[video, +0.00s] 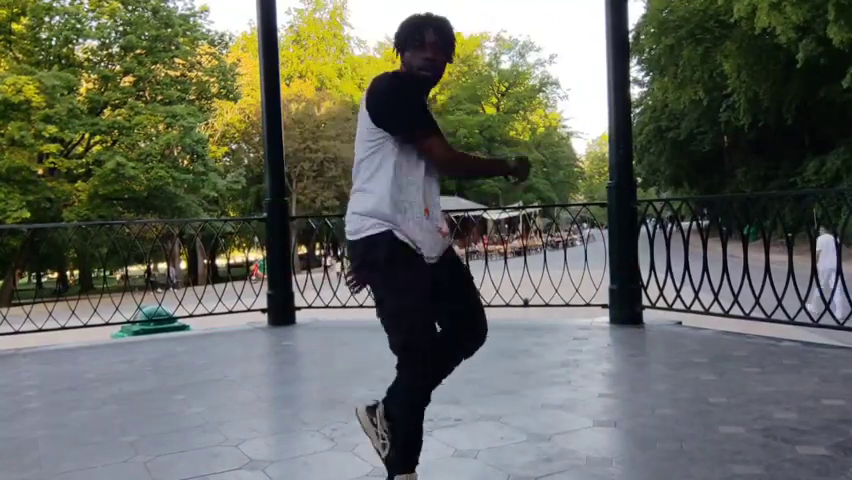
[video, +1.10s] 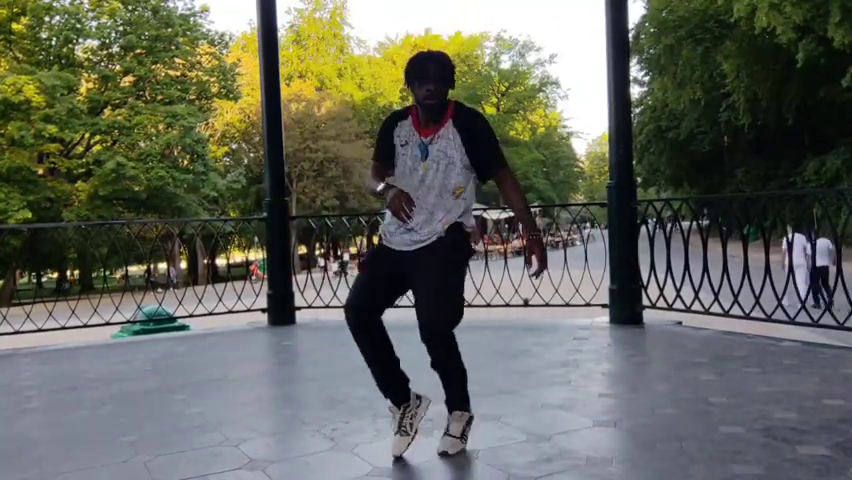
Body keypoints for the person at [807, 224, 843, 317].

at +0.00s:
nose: (819, 231)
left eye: (820, 229)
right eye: (820, 229)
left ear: (822, 230)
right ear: (829, 229)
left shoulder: (820, 239)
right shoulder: (835, 238)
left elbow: (817, 253)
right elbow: (838, 252)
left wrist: (814, 264)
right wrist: (837, 264)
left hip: (823, 266)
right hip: (835, 266)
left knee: (819, 287)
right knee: (837, 288)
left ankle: (814, 307)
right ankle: (839, 313)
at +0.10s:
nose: (813, 232)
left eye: (814, 230)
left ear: (816, 230)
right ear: (824, 229)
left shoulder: (815, 239)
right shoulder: (831, 239)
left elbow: (813, 253)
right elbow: (835, 252)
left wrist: (813, 264)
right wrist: (835, 261)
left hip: (819, 266)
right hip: (830, 265)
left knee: (815, 287)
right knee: (832, 288)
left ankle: (814, 308)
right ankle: (837, 310)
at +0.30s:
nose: (811, 228)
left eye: (811, 227)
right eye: (812, 227)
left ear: (809, 228)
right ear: (817, 228)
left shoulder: (806, 238)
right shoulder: (824, 237)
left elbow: (805, 252)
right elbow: (828, 252)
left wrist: (803, 264)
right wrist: (829, 264)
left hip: (810, 265)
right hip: (821, 264)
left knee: (811, 286)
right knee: (822, 284)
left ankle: (813, 308)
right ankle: (828, 301)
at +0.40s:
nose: (808, 229)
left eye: (807, 228)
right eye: (811, 227)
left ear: (805, 228)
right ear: (815, 227)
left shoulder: (803, 238)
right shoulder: (820, 237)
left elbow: (800, 251)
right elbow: (823, 249)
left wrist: (799, 261)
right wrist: (825, 262)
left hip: (807, 263)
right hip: (817, 262)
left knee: (809, 285)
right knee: (815, 284)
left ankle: (813, 307)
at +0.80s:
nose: (796, 230)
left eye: (796, 229)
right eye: (797, 229)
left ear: (797, 229)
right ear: (804, 229)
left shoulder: (796, 236)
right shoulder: (807, 236)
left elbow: (794, 248)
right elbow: (810, 249)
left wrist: (793, 258)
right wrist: (812, 258)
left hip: (799, 260)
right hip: (807, 259)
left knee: (799, 280)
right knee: (806, 279)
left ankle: (802, 298)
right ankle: (804, 295)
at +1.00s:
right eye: (806, 228)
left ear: (796, 227)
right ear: (804, 228)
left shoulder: (791, 236)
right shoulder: (806, 236)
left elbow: (787, 248)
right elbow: (808, 249)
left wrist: (788, 260)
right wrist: (809, 258)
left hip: (793, 260)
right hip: (804, 260)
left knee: (791, 282)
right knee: (803, 282)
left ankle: (791, 302)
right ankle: (802, 301)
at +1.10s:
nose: (787, 230)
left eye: (788, 229)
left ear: (789, 229)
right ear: (797, 228)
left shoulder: (786, 238)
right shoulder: (802, 237)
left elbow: (784, 251)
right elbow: (807, 251)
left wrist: (783, 262)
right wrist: (808, 262)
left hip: (789, 263)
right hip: (800, 262)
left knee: (788, 283)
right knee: (801, 282)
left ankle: (787, 301)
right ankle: (802, 302)